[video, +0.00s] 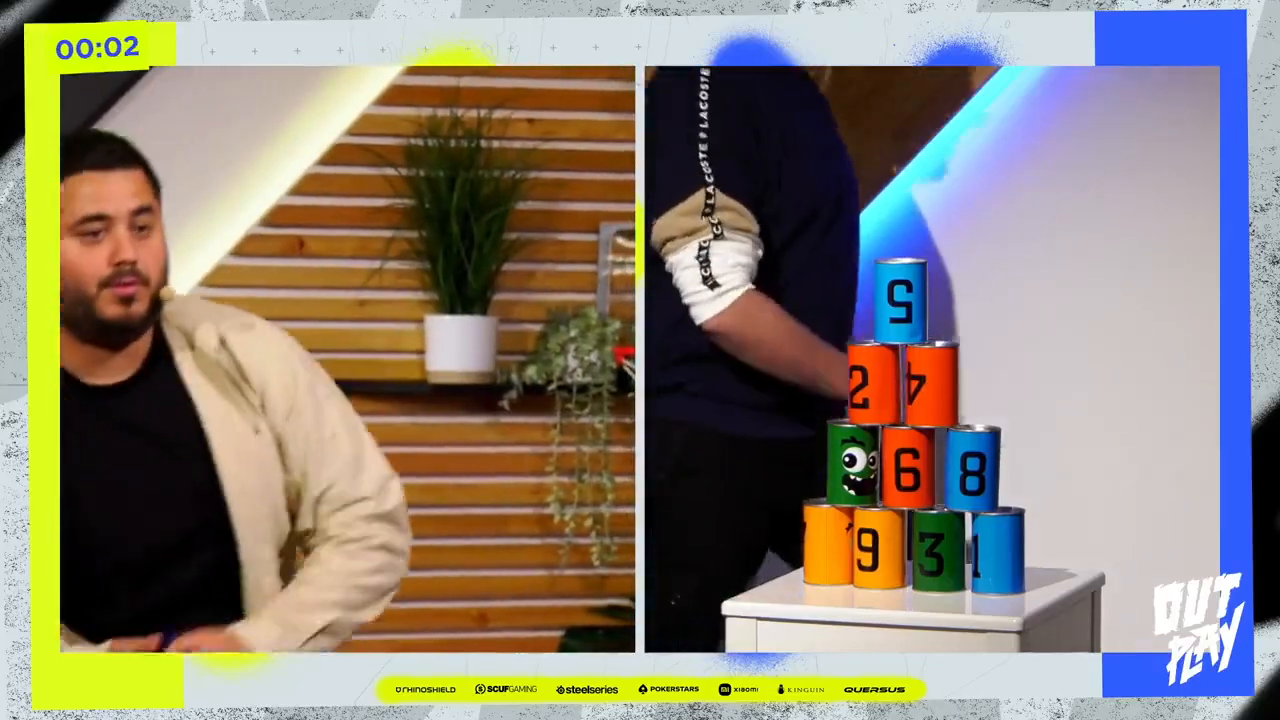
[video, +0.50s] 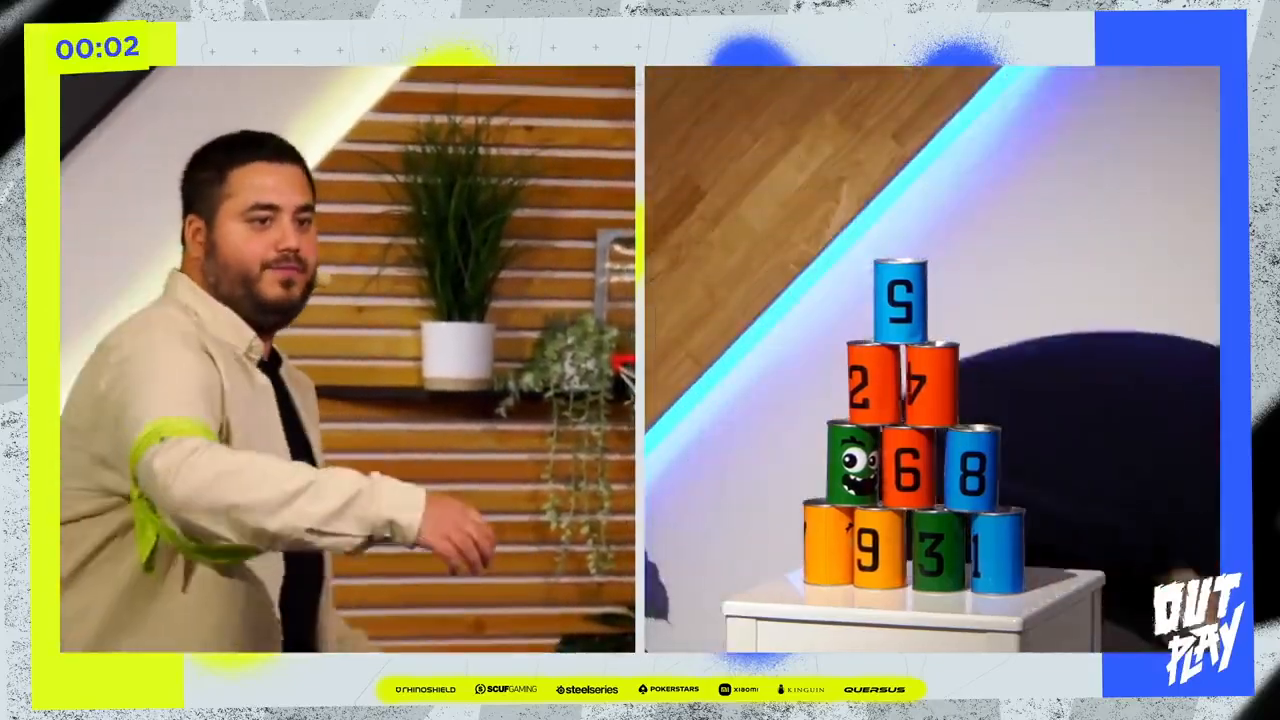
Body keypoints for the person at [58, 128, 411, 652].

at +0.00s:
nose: (125, 255)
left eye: (141, 226)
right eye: (92, 233)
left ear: (163, 234)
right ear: (39, 250)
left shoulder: (247, 354)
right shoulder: (18, 386)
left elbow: (371, 527)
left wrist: (252, 643)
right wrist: (83, 662)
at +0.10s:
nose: (181, 233)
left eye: (196, 206)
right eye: (148, 210)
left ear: (214, 214)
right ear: (87, 228)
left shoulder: (281, 345)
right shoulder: (31, 374)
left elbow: (396, 476)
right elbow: (10, 618)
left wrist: (359, 553)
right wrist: (173, 619)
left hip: (274, 702)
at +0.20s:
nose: (227, 227)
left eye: (240, 202)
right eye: (194, 203)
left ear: (256, 214)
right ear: (132, 223)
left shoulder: (299, 356)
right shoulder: (69, 370)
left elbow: (369, 495)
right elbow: (49, 580)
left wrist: (423, 539)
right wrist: (248, 579)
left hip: (294, 691)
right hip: (128, 693)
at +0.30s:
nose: (264, 227)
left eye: (277, 204)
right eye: (232, 203)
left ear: (291, 220)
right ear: (168, 222)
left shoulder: (293, 354)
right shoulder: (113, 355)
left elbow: (365, 523)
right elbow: (105, 546)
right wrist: (319, 546)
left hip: (298, 687)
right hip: (159, 693)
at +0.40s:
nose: (284, 235)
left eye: (297, 213)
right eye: (254, 211)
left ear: (312, 227)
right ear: (189, 226)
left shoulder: (289, 365)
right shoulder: (136, 348)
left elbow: (334, 567)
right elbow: (160, 513)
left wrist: (426, 672)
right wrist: (372, 518)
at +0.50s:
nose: (292, 244)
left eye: (303, 221)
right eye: (261, 220)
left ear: (316, 235)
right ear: (198, 237)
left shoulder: (290, 386)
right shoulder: (159, 349)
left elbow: (294, 598)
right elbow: (186, 479)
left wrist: (383, 689)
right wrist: (402, 507)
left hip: (249, 697)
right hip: (125, 696)